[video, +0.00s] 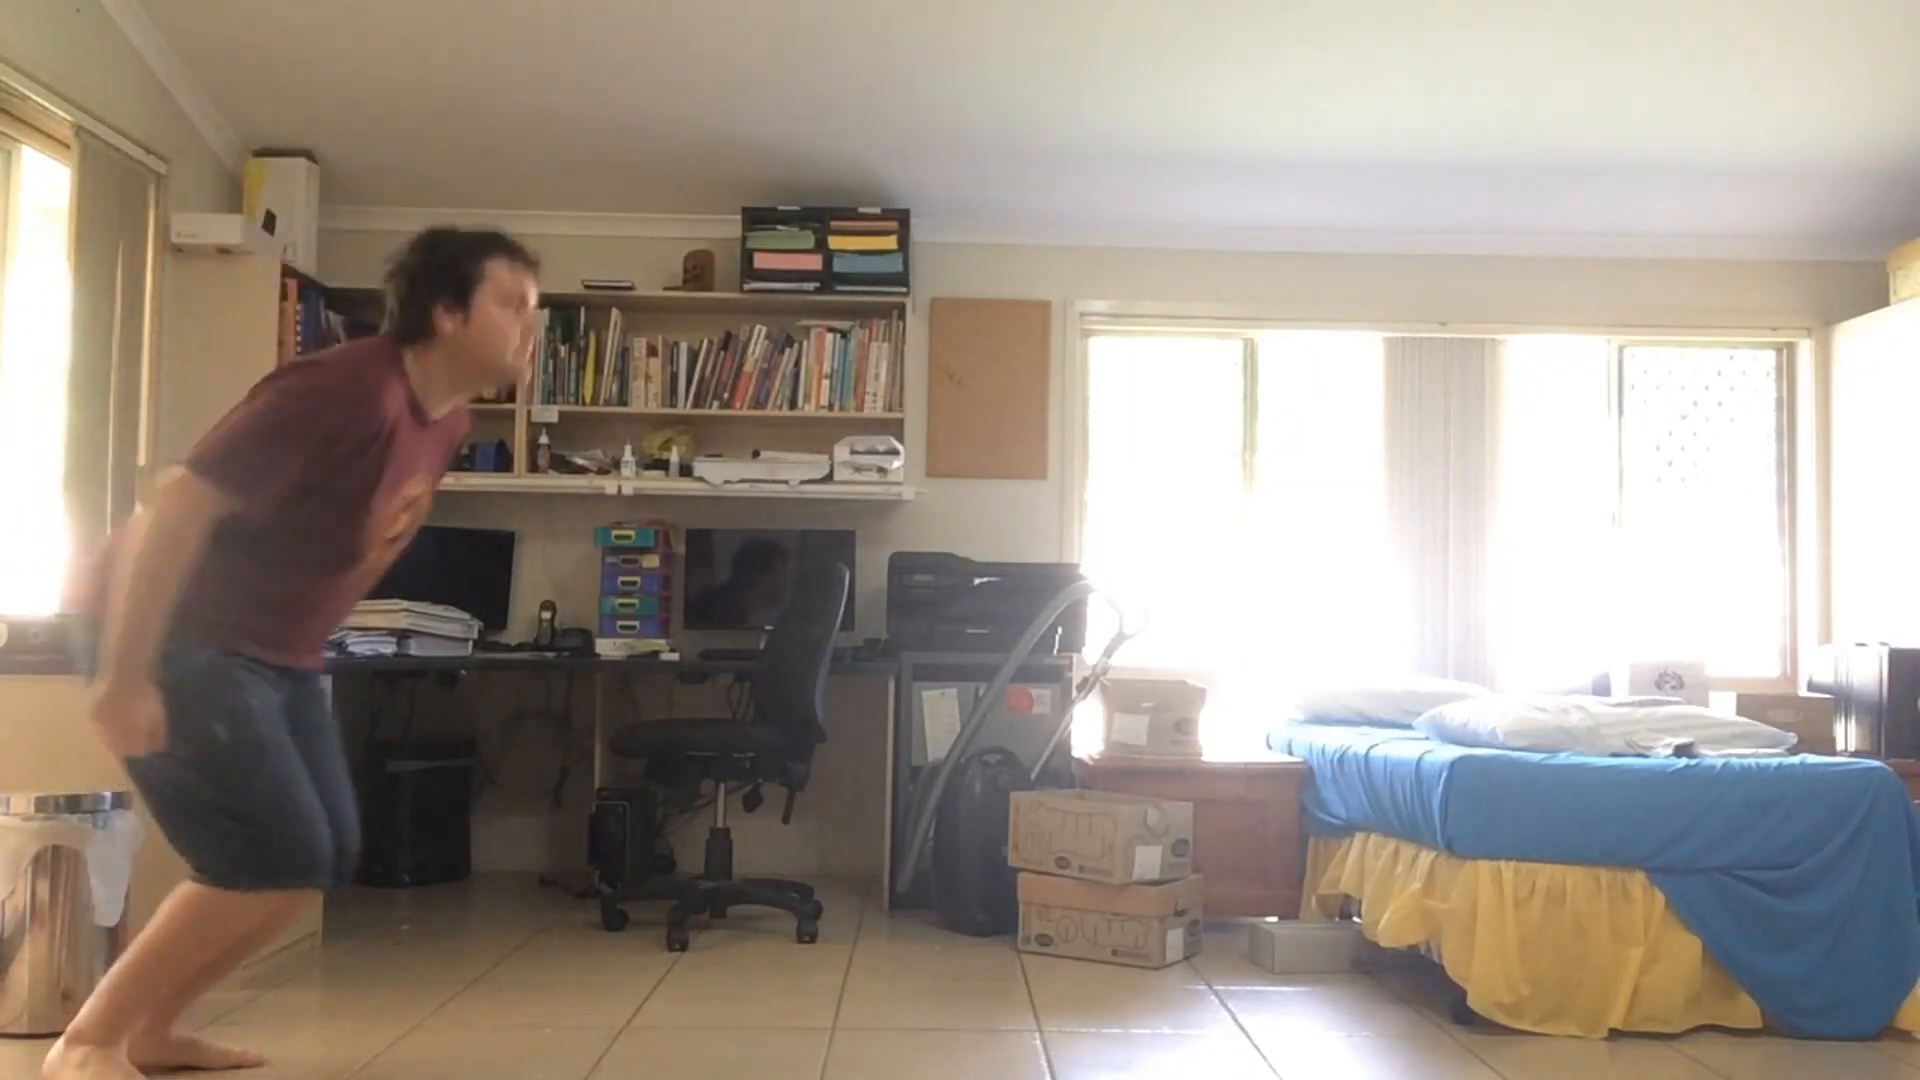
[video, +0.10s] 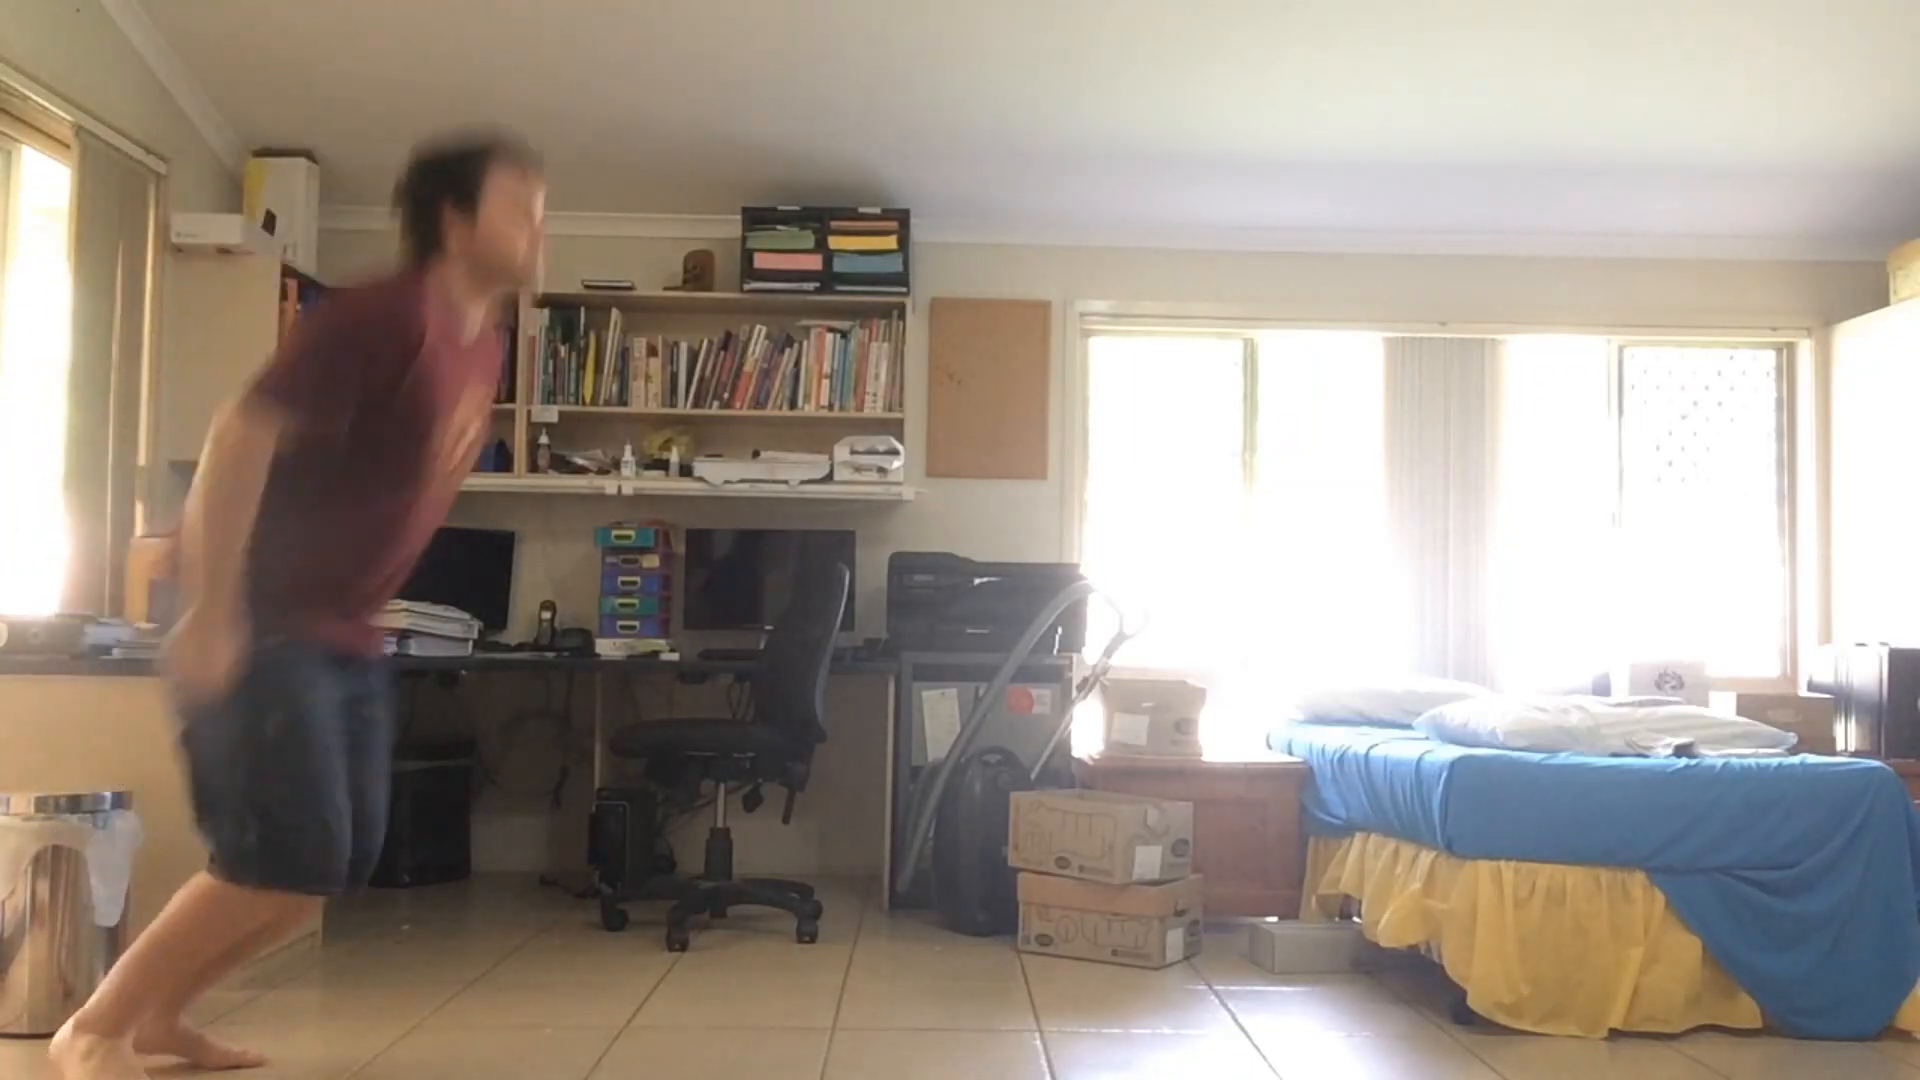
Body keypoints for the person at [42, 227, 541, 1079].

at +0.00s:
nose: (533, 327)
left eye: (534, 309)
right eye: (516, 306)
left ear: (471, 323)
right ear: (448, 316)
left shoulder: (448, 423)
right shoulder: (339, 388)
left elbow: (347, 541)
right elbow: (183, 498)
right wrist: (126, 676)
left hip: (292, 665)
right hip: (199, 651)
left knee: (318, 858)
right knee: (271, 862)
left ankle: (147, 1030)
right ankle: (84, 1049)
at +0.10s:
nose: (538, 229)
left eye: (539, 210)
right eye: (520, 208)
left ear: (500, 223)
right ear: (454, 217)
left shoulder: (486, 342)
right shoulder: (375, 316)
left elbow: (407, 472)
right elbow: (242, 430)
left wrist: (359, 594)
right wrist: (210, 609)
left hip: (351, 633)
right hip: (268, 625)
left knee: (333, 858)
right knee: (283, 856)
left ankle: (156, 1019)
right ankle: (92, 1032)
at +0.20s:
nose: (569, 117)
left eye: (574, 100)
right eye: (553, 94)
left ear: (523, 109)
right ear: (486, 94)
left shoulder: (516, 220)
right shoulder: (406, 181)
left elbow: (501, 354)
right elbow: (301, 305)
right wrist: (326, 476)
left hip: (461, 544)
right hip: (383, 535)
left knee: (332, 786)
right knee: (282, 774)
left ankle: (215, 980)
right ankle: (137, 985)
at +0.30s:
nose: (659, 54)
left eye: (662, 34)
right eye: (646, 29)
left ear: (595, 32)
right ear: (582, 23)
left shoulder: (570, 132)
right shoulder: (490, 103)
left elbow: (507, 272)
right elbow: (405, 242)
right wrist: (444, 422)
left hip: (532, 452)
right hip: (467, 446)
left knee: (470, 694)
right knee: (460, 695)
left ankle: (280, 897)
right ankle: (295, 918)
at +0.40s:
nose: (781, 58)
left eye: (785, 36)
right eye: (767, 31)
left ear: (728, 32)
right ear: (703, 24)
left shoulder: (669, 136)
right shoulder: (607, 90)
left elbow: (596, 281)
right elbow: (511, 235)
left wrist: (600, 426)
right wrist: (535, 420)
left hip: (574, 426)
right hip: (515, 421)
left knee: (558, 664)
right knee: (578, 669)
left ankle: (479, 915)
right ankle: (510, 938)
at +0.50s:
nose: (867, 104)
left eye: (870, 83)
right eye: (855, 77)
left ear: (810, 81)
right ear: (790, 69)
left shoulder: (752, 175)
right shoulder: (710, 137)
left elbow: (653, 293)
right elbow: (588, 274)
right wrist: (611, 461)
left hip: (639, 455)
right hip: (588, 449)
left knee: (659, 710)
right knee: (678, 703)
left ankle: (671, 981)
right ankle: (660, 989)